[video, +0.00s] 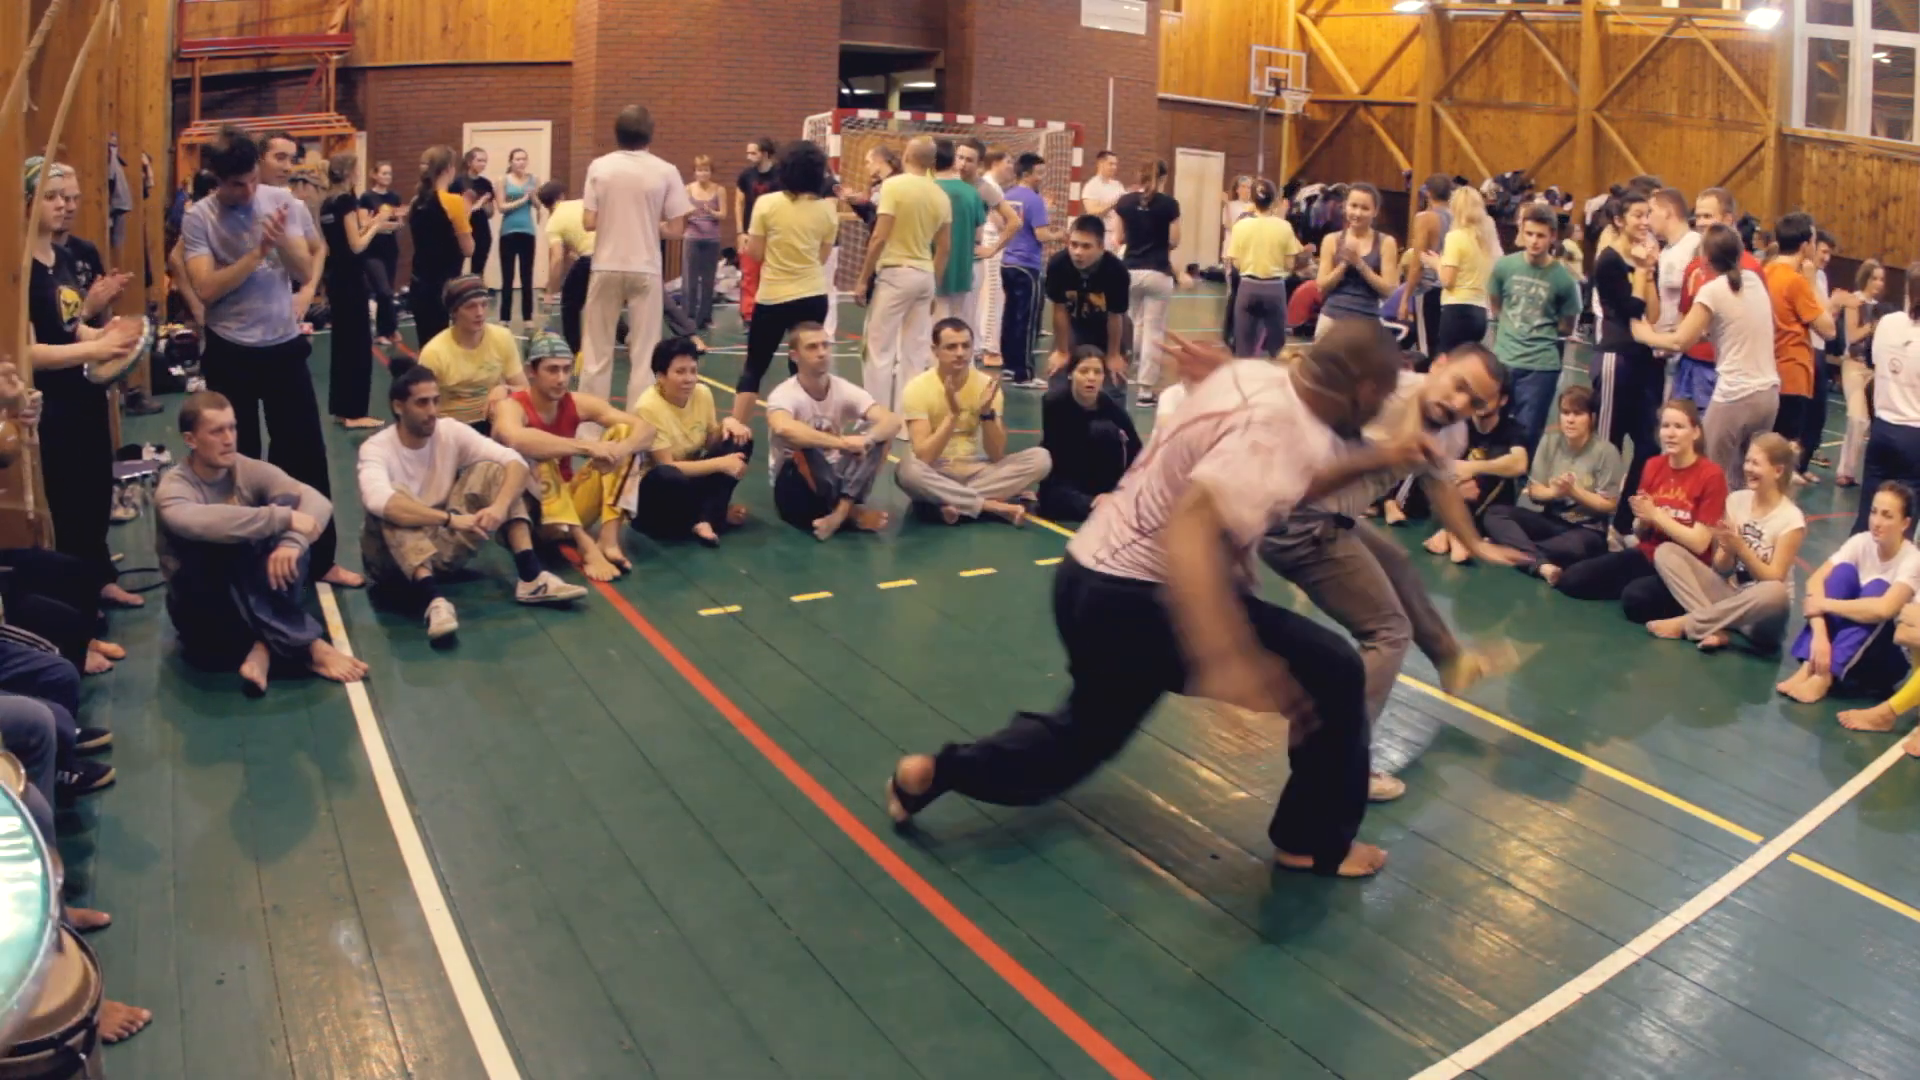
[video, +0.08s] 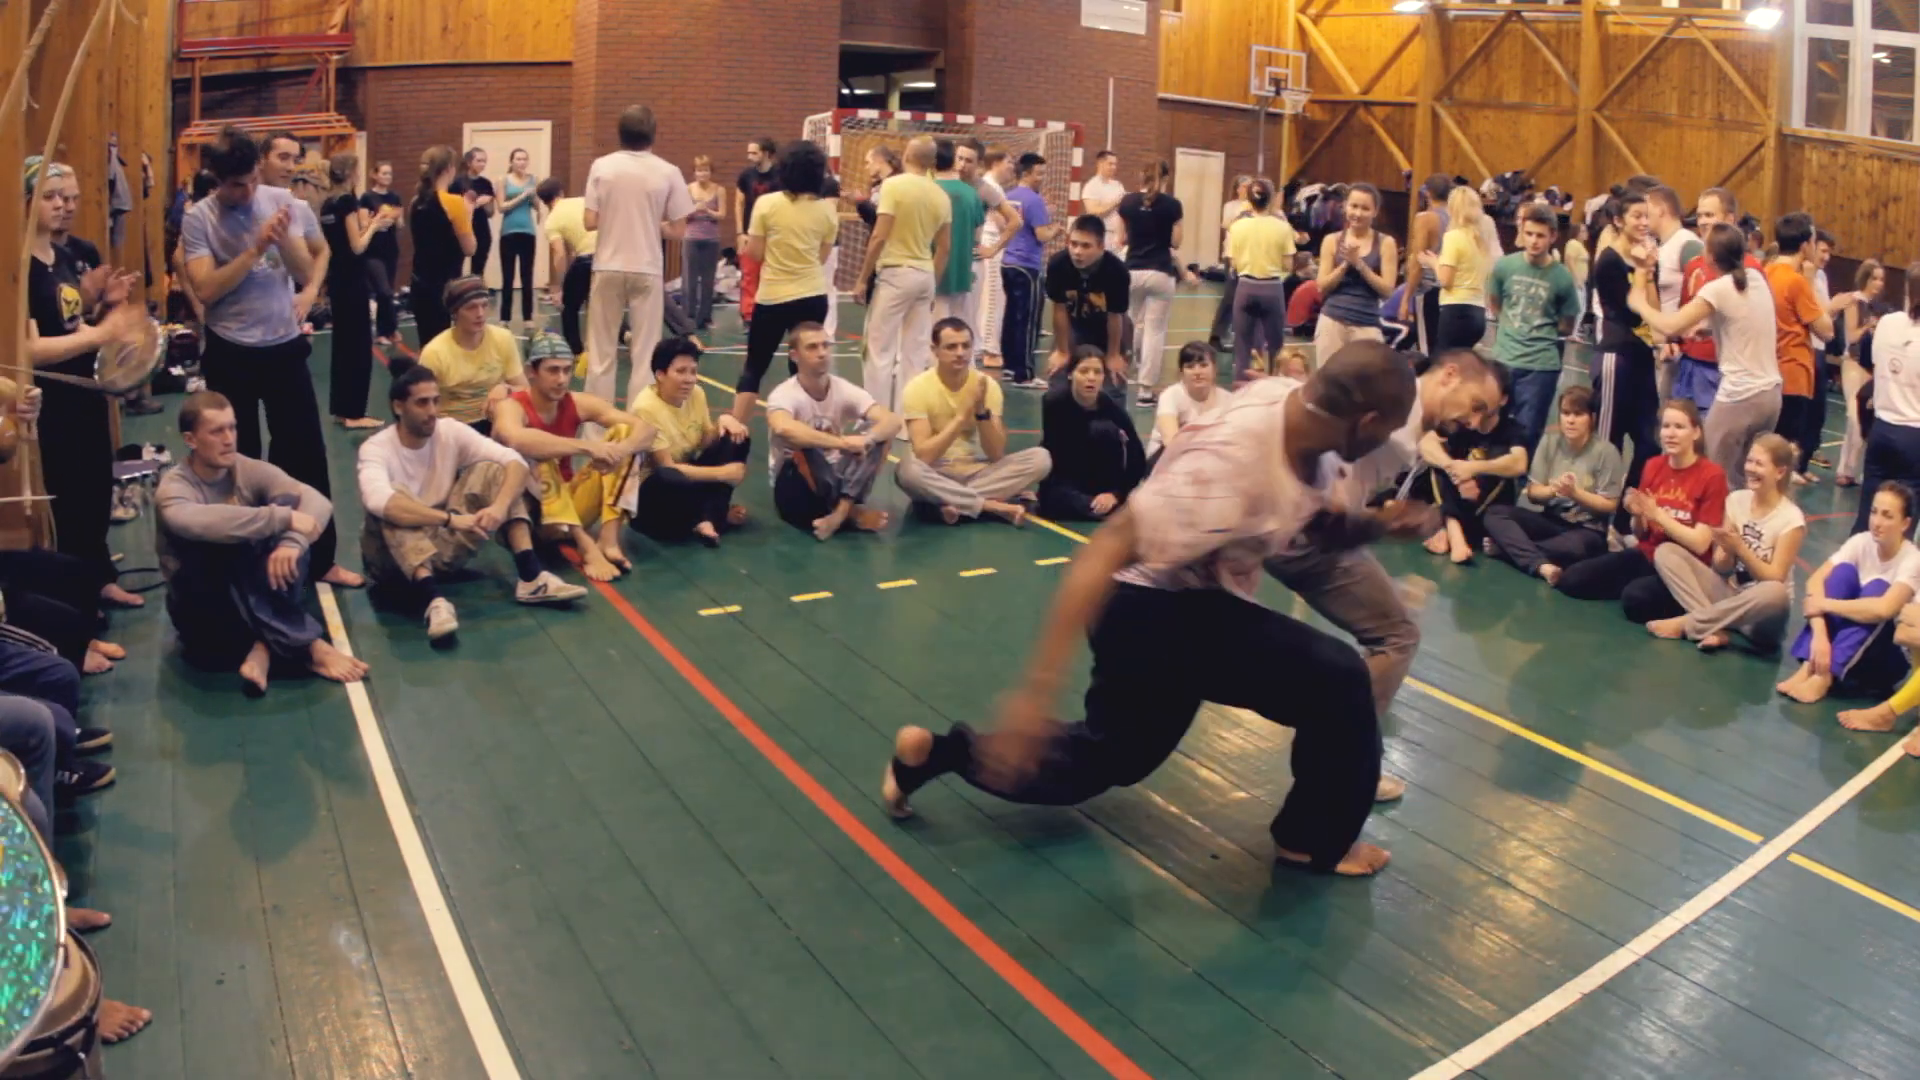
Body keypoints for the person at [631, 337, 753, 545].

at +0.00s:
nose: (689, 379)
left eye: (693, 371)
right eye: (680, 372)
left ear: (698, 372)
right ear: (660, 376)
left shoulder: (702, 393)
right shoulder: (648, 407)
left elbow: (712, 442)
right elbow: (666, 466)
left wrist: (727, 423)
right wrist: (720, 464)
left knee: (740, 440)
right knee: (663, 475)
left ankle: (706, 520)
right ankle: (718, 515)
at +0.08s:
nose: (689, 379)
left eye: (693, 372)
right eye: (681, 372)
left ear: (697, 373)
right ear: (660, 375)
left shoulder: (696, 393)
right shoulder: (646, 408)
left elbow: (708, 442)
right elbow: (666, 467)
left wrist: (723, 421)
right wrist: (722, 473)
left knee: (737, 437)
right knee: (665, 477)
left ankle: (708, 519)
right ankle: (719, 516)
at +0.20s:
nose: (685, 379)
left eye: (689, 372)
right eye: (677, 371)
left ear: (693, 373)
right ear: (656, 374)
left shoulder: (689, 393)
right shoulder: (642, 407)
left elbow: (702, 439)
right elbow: (662, 468)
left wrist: (718, 418)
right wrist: (716, 484)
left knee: (732, 436)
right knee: (668, 479)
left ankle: (710, 519)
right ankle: (720, 514)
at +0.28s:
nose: (682, 379)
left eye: (686, 372)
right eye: (674, 372)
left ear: (690, 372)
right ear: (653, 375)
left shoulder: (684, 393)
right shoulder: (641, 408)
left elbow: (700, 439)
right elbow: (662, 468)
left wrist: (717, 417)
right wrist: (717, 482)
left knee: (730, 436)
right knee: (670, 483)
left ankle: (710, 517)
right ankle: (720, 513)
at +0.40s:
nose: (677, 379)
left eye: (680, 371)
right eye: (669, 372)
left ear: (683, 370)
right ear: (647, 376)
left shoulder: (678, 393)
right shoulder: (635, 408)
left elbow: (696, 440)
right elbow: (660, 468)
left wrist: (714, 418)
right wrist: (714, 480)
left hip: (680, 472)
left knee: (730, 436)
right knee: (668, 482)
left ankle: (709, 515)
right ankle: (721, 513)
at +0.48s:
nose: (673, 379)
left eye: (676, 371)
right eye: (664, 372)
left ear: (679, 370)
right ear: (643, 376)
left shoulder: (676, 393)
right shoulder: (632, 409)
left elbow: (695, 441)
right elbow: (659, 468)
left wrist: (713, 421)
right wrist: (715, 480)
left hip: (678, 474)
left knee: (733, 438)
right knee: (665, 481)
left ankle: (707, 517)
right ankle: (722, 515)